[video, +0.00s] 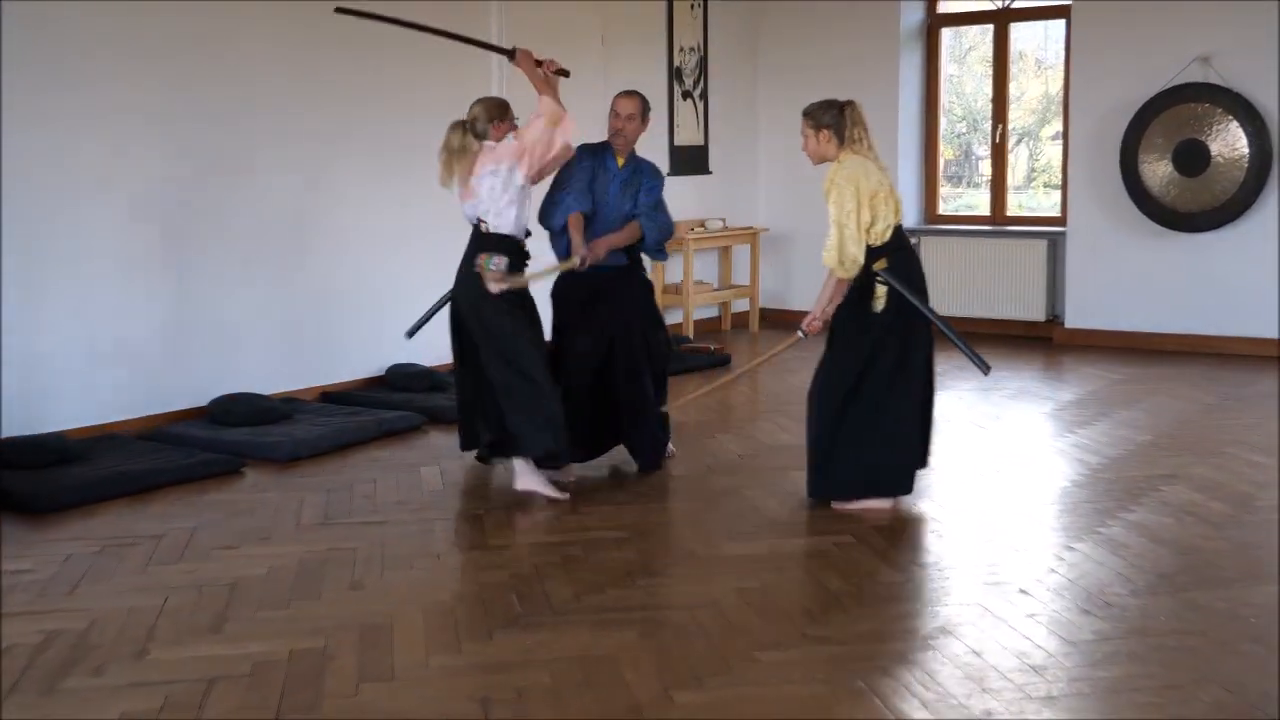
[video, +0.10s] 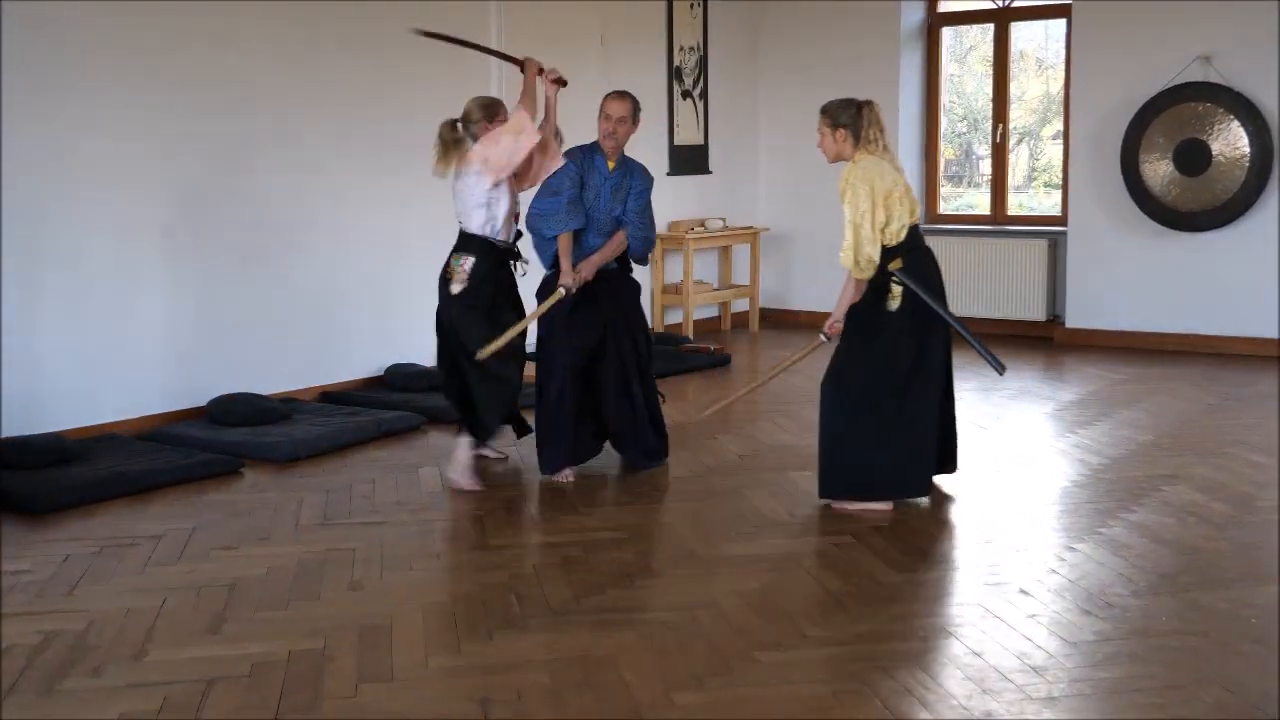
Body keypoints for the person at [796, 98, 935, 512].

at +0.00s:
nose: (803, 146)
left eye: (806, 137)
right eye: (803, 137)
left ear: (826, 136)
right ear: (837, 135)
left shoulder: (844, 175)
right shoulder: (867, 167)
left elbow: (849, 255)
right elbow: (845, 253)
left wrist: (823, 311)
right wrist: (821, 308)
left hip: (877, 291)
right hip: (902, 284)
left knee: (838, 388)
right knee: (885, 383)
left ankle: (869, 490)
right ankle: (884, 485)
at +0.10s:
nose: (818, 143)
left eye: (821, 135)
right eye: (818, 134)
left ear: (843, 135)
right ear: (854, 134)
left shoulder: (859, 175)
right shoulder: (883, 164)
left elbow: (864, 257)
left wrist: (839, 313)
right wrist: (847, 308)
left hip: (892, 288)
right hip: (918, 279)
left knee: (842, 383)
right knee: (894, 379)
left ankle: (869, 492)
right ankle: (901, 478)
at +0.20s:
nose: (837, 139)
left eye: (841, 131)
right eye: (838, 131)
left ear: (862, 132)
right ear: (870, 131)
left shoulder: (879, 171)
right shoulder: (902, 163)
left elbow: (883, 255)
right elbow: (925, 218)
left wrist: (859, 313)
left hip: (911, 284)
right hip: (939, 273)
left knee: (855, 380)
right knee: (916, 376)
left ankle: (875, 492)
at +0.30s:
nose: (858, 136)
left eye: (861, 128)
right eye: (858, 128)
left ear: (884, 129)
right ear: (893, 129)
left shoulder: (901, 170)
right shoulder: (925, 161)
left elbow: (905, 255)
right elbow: (945, 223)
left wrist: (878, 314)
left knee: (873, 377)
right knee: (963, 368)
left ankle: (878, 492)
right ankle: (990, 460)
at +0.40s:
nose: (877, 132)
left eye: (881, 124)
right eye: (877, 124)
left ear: (904, 126)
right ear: (912, 125)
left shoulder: (923, 168)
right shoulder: (939, 159)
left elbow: (926, 245)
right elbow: (923, 242)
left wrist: (904, 305)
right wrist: (904, 301)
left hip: (957, 282)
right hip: (986, 276)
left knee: (901, 379)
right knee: (983, 371)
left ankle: (884, 490)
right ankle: (999, 467)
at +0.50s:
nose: (895, 133)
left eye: (899, 124)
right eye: (896, 124)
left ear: (921, 125)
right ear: (928, 125)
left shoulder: (947, 166)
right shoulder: (945, 160)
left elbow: (952, 242)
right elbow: (937, 240)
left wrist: (930, 298)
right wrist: (916, 295)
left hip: (981, 278)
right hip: (999, 271)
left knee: (928, 374)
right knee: (993, 368)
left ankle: (910, 487)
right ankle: (1001, 465)